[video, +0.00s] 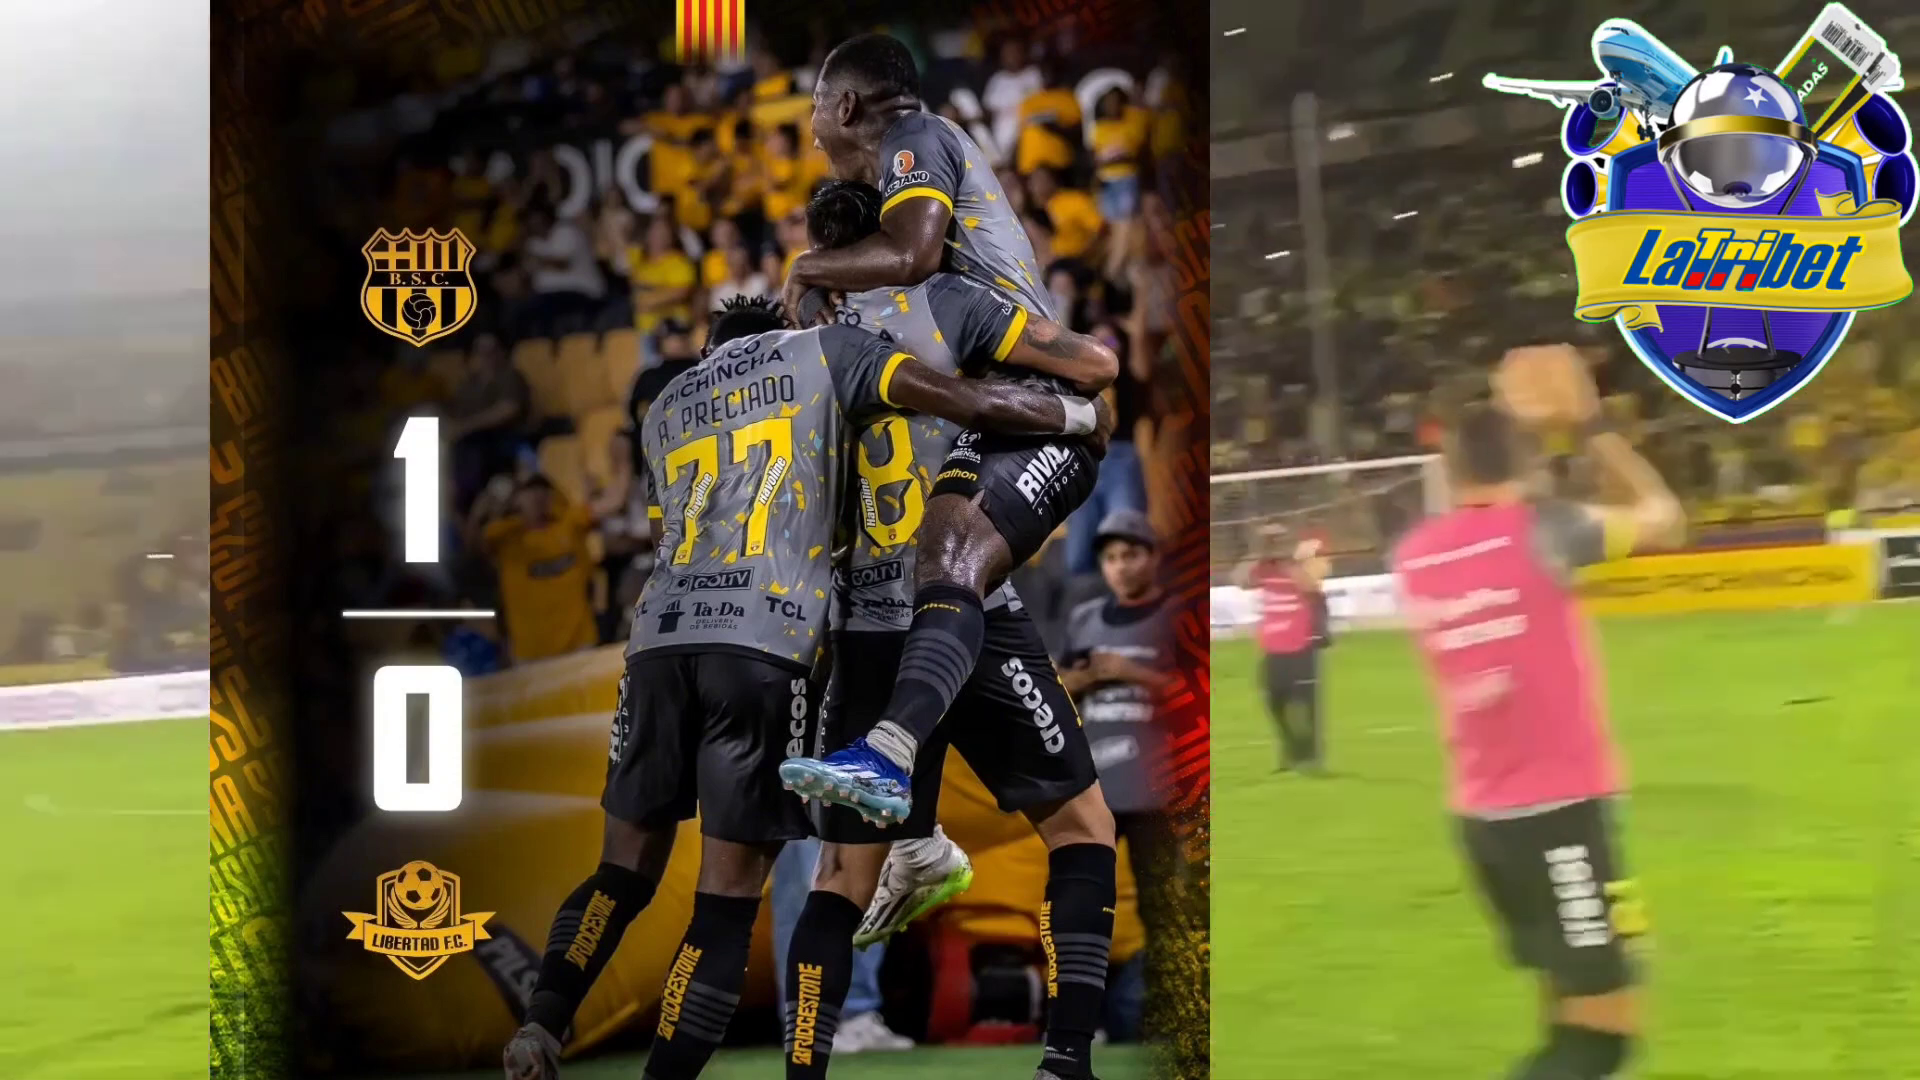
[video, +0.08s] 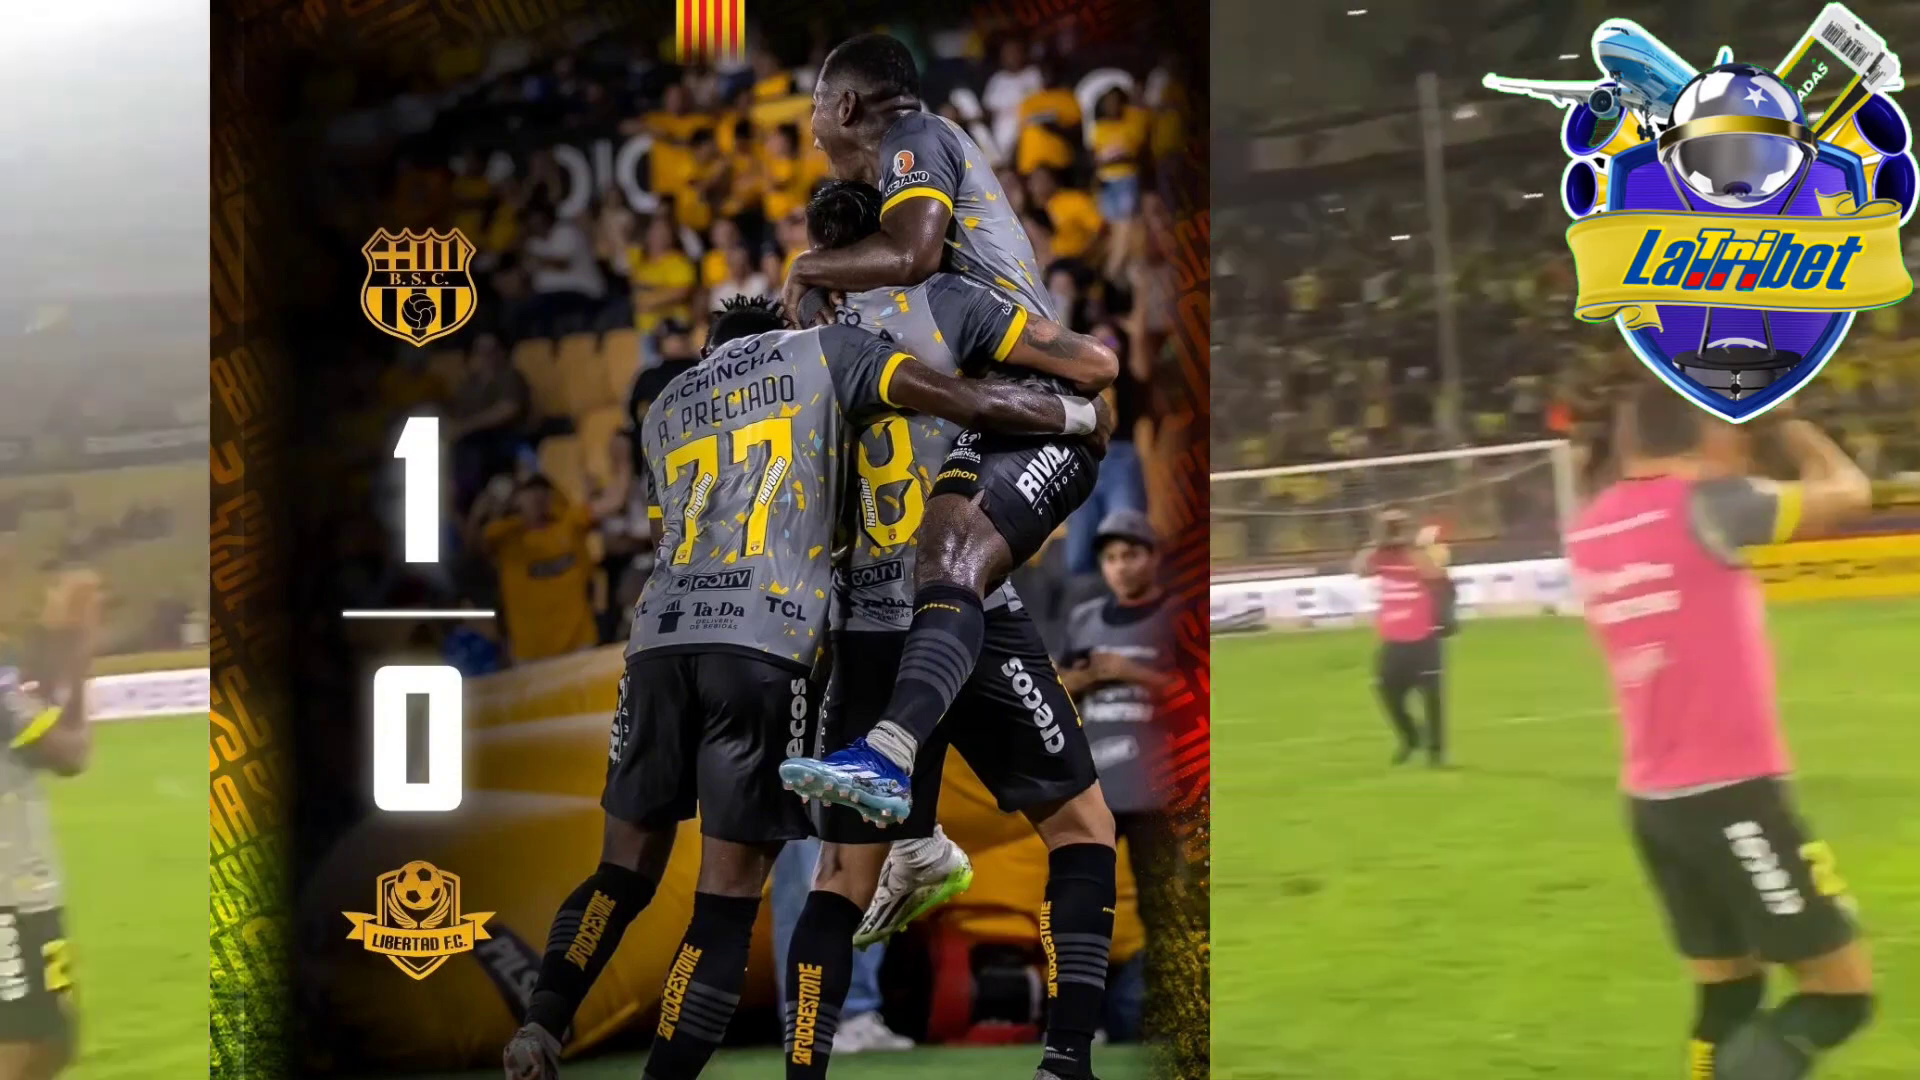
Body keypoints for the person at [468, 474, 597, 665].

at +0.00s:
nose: (537, 500)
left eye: (541, 493)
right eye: (529, 494)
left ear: (551, 497)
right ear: (518, 501)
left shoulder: (570, 524)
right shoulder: (504, 534)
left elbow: (611, 503)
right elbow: (472, 542)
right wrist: (482, 507)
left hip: (576, 638)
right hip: (529, 643)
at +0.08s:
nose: (537, 500)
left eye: (541, 494)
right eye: (529, 494)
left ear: (551, 497)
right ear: (518, 501)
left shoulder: (570, 524)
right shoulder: (504, 534)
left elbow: (612, 503)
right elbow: (472, 543)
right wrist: (482, 507)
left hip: (576, 638)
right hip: (529, 644)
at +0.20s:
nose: (537, 500)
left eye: (541, 494)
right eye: (529, 494)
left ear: (551, 497)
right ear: (518, 501)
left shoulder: (570, 524)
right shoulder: (504, 534)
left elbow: (612, 503)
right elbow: (472, 543)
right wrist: (482, 507)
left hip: (576, 638)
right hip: (529, 644)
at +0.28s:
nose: (538, 500)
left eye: (543, 493)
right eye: (530, 494)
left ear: (552, 497)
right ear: (518, 500)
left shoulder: (570, 524)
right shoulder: (504, 534)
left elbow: (612, 502)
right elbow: (472, 542)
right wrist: (484, 504)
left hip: (576, 639)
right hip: (530, 645)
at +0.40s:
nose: (537, 500)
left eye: (541, 493)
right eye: (529, 494)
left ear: (551, 497)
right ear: (518, 500)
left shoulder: (570, 524)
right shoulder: (503, 533)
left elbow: (612, 502)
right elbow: (472, 544)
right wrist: (481, 508)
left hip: (576, 639)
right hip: (529, 645)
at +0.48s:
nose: (537, 500)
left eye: (541, 493)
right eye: (529, 494)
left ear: (551, 497)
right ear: (518, 501)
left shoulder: (570, 524)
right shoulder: (504, 534)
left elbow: (612, 502)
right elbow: (472, 543)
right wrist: (482, 507)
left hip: (576, 638)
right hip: (529, 644)